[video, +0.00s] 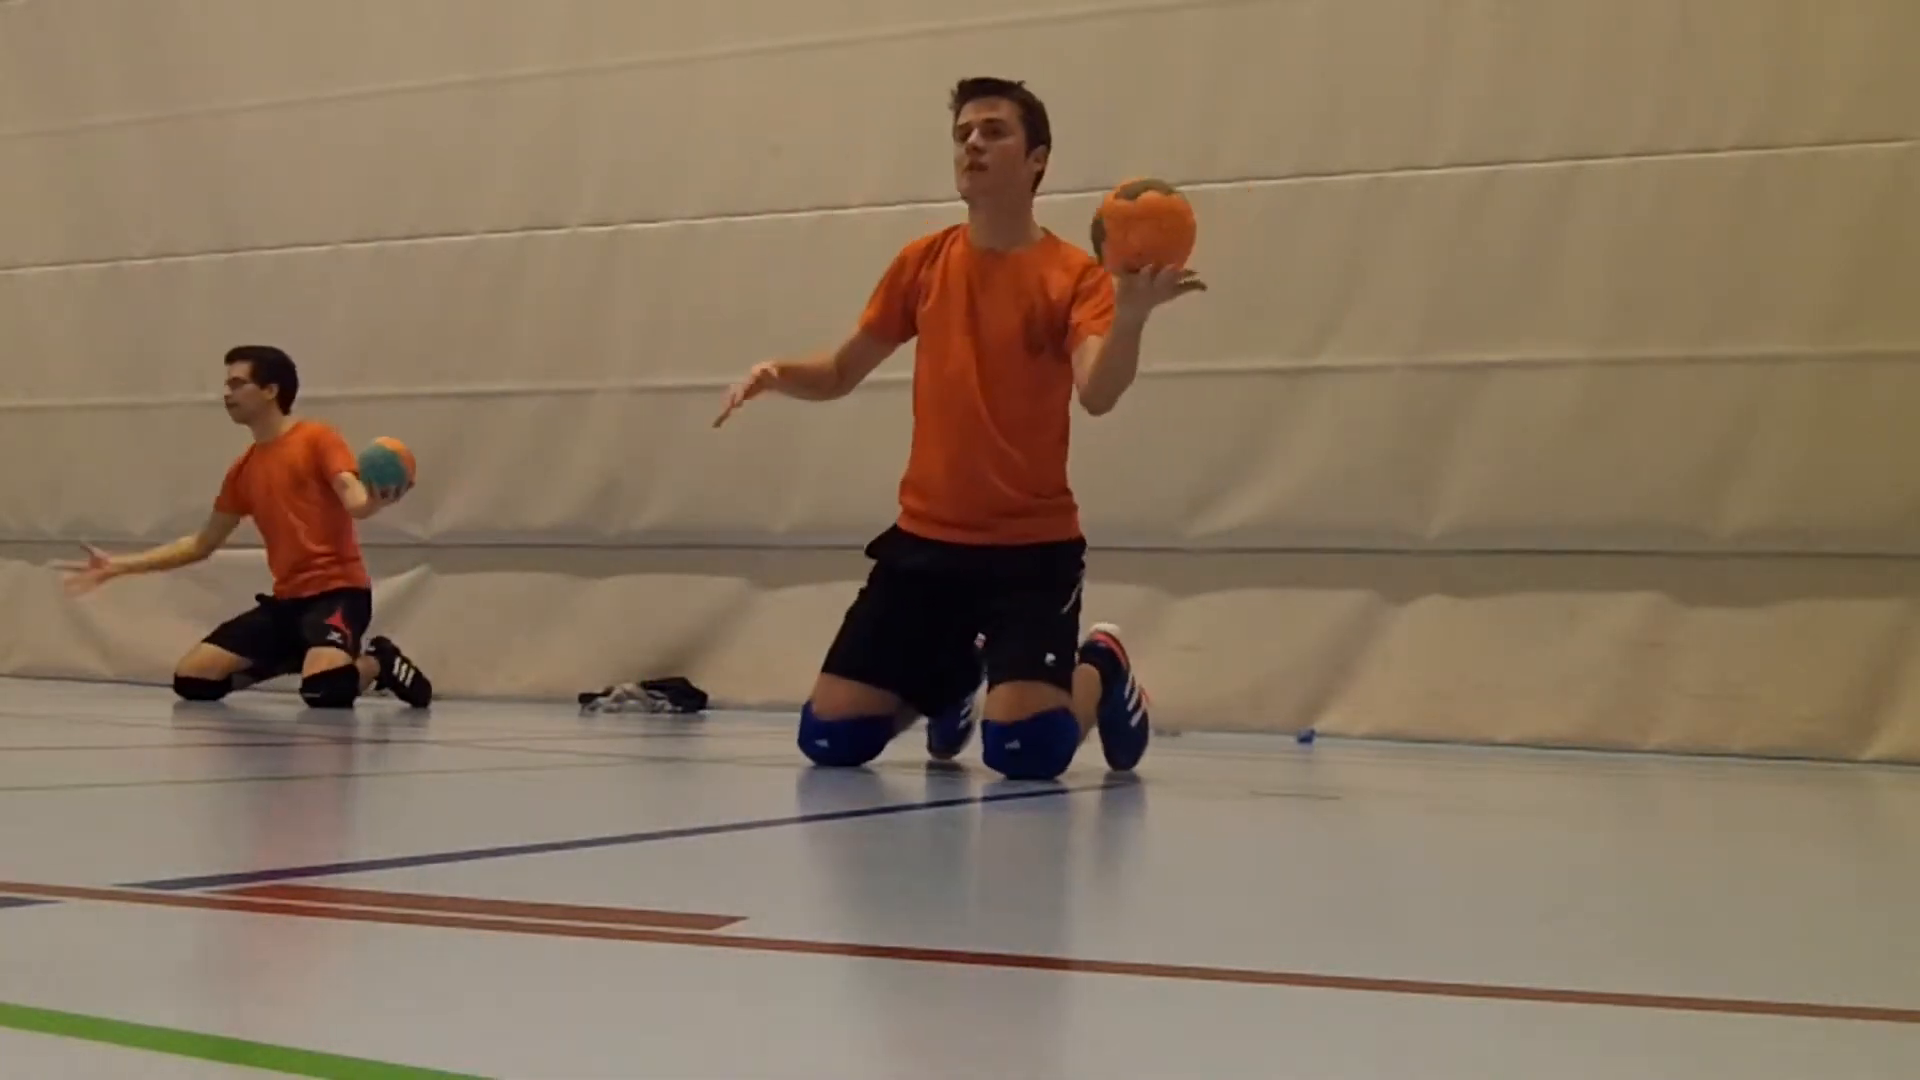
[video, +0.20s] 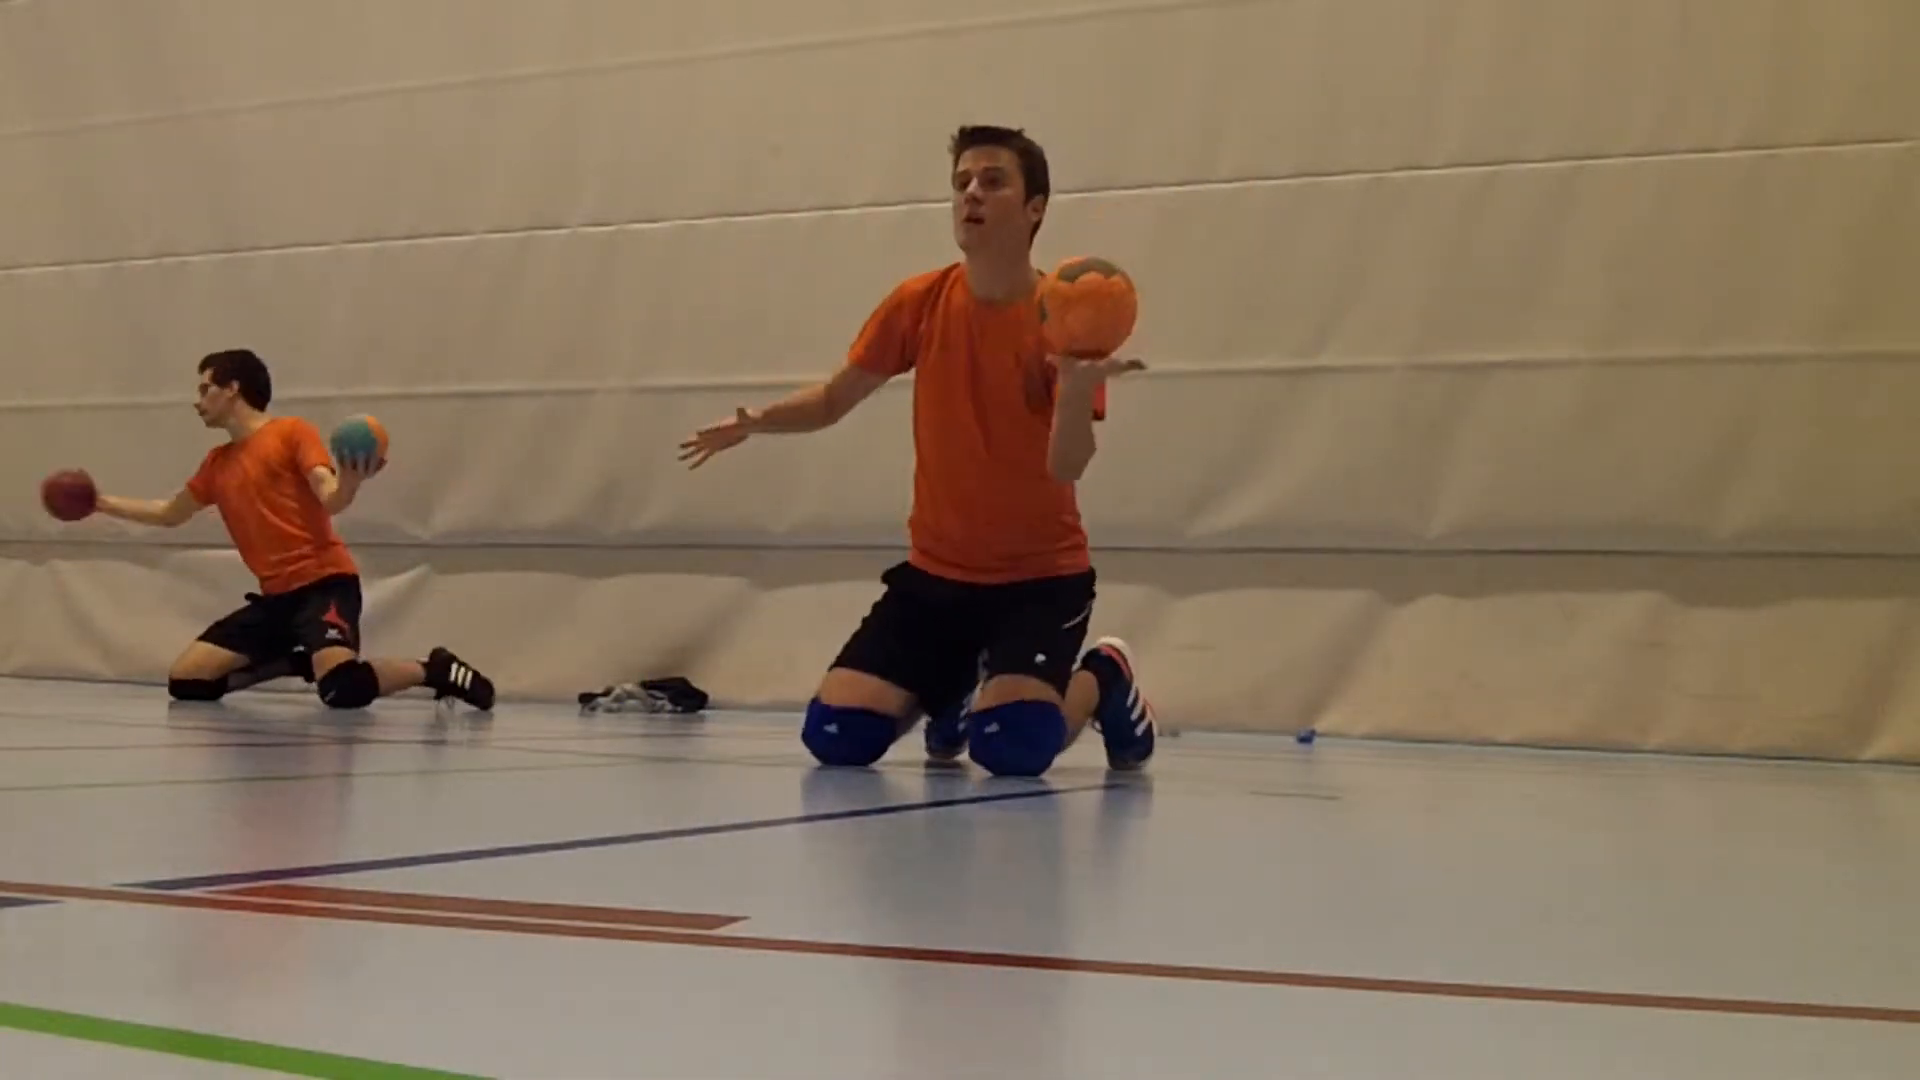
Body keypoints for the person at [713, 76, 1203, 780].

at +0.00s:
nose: (972, 143)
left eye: (994, 130)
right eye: (963, 134)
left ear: (1037, 162)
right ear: (952, 160)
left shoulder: (1075, 276)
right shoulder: (925, 263)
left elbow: (1099, 394)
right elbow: (840, 371)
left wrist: (1130, 318)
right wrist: (780, 373)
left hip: (1033, 546)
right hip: (925, 539)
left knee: (1023, 754)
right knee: (829, 739)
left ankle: (1102, 669)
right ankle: (950, 675)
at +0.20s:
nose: (971, 194)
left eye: (993, 181)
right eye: (962, 182)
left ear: (1034, 209)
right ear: (951, 203)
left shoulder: (1067, 320)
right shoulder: (920, 304)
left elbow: (1067, 465)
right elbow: (831, 401)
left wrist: (1077, 376)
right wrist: (757, 421)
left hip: (1041, 580)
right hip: (936, 574)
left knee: (1008, 750)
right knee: (834, 738)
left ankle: (1105, 677)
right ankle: (949, 685)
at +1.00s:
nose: (739, 185)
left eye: (756, 170)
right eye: (737, 171)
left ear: (809, 183)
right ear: (743, 184)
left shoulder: (868, 282)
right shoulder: (729, 287)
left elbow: (924, 384)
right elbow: (698, 411)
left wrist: (950, 318)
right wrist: (635, 451)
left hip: (875, 536)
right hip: (777, 546)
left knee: (952, 726)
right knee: (672, 727)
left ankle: (1107, 701)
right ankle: (852, 685)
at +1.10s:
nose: (693, 177)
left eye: (711, 162)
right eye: (692, 163)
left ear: (766, 176)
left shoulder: (822, 275)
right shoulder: (691, 285)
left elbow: (877, 391)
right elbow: (715, 393)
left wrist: (897, 334)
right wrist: (677, 459)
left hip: (833, 530)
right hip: (740, 538)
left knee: (883, 726)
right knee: (655, 728)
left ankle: (1055, 711)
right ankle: (824, 678)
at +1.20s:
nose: (684, 168)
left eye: (702, 152)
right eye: (677, 156)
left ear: (751, 168)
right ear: (674, 173)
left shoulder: (801, 268)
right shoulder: (673, 268)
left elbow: (833, 400)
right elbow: (675, 377)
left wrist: (840, 335)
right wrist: (640, 441)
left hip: (808, 515)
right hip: (718, 527)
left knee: (832, 705)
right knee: (650, 726)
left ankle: (1008, 722)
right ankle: (804, 672)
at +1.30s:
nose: (690, 156)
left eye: (708, 140)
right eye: (681, 146)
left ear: (754, 158)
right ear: (676, 165)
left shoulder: (798, 248)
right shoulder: (674, 250)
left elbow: (796, 404)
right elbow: (688, 359)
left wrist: (786, 327)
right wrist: (644, 422)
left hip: (789, 506)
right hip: (698, 517)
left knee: (816, 696)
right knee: (651, 724)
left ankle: (979, 707)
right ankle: (801, 674)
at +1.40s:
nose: (695, 151)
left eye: (715, 136)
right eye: (686, 139)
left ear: (759, 157)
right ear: (678, 157)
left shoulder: (791, 262)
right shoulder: (689, 247)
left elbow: (776, 401)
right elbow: (702, 374)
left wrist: (750, 316)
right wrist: (643, 407)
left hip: (779, 509)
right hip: (690, 516)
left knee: (798, 703)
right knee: (650, 727)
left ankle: (933, 690)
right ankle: (804, 670)